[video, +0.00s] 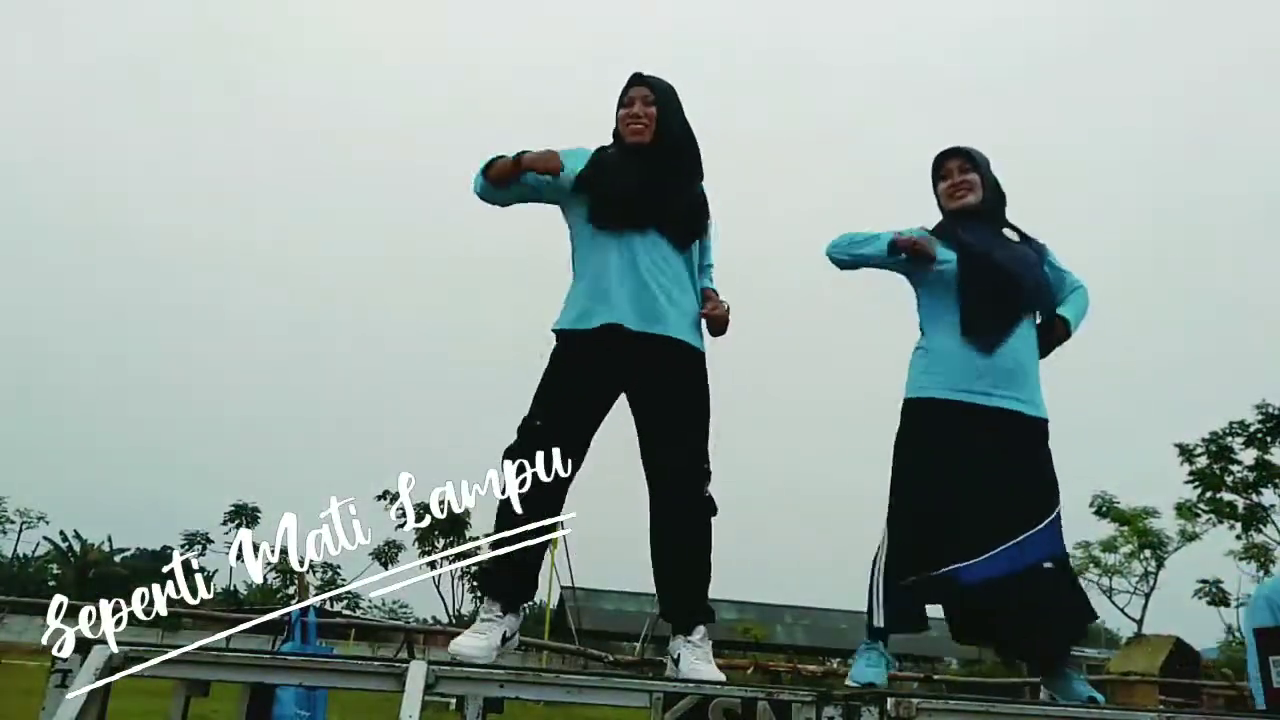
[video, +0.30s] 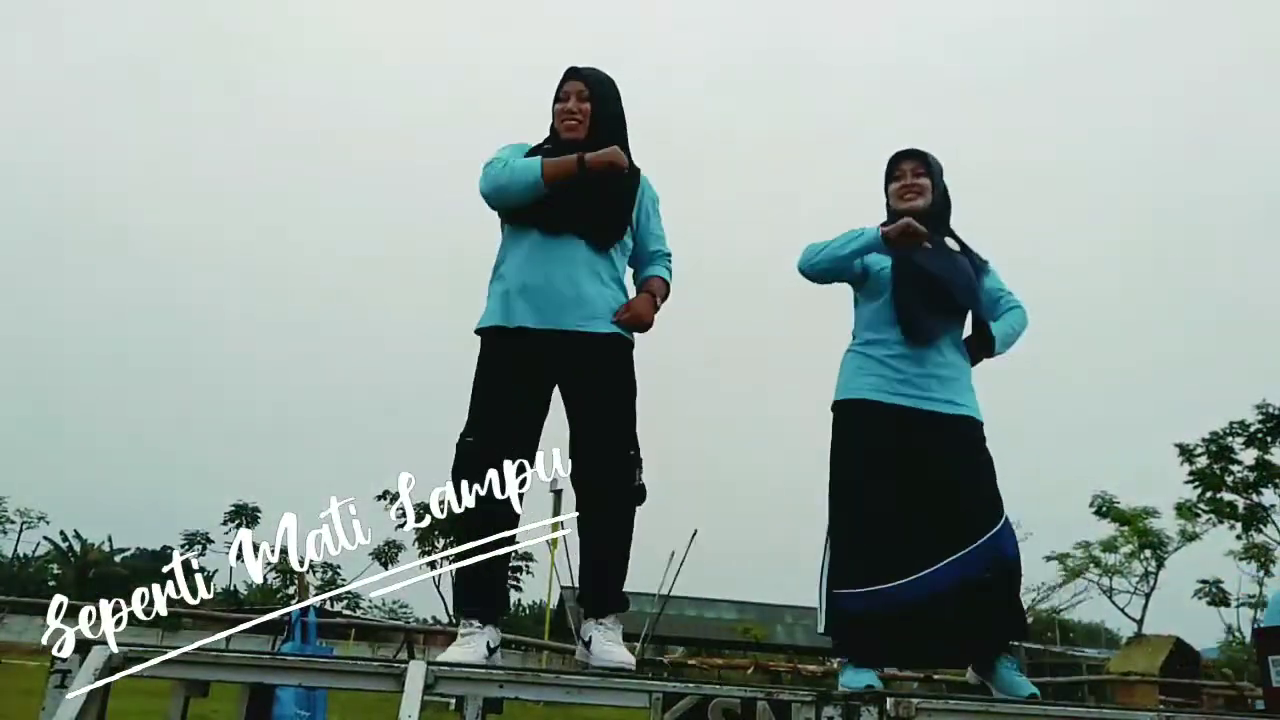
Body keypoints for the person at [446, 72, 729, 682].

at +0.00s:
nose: (637, 114)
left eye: (649, 106)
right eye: (628, 106)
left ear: (670, 119)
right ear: (615, 117)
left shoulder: (687, 192)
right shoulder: (583, 168)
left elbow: (702, 274)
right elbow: (490, 188)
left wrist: (711, 299)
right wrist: (518, 164)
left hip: (672, 344)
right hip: (589, 336)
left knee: (682, 487)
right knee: (536, 468)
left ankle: (690, 636)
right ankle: (499, 613)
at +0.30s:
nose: (571, 107)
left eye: (583, 99)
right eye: (565, 98)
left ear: (609, 111)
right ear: (552, 109)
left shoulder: (633, 184)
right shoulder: (521, 158)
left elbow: (655, 257)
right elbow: (493, 187)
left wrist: (650, 294)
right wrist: (583, 162)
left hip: (600, 339)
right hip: (515, 333)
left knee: (609, 479)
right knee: (486, 473)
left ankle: (602, 625)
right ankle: (478, 623)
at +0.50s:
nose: (544, 135)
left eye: (556, 125)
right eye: (538, 125)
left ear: (581, 127)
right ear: (529, 130)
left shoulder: (617, 194)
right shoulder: (510, 180)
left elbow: (644, 270)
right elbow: (505, 171)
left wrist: (619, 311)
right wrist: (532, 136)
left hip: (565, 352)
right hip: (485, 341)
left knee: (551, 486)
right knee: (439, 470)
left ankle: (536, 629)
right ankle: (465, 615)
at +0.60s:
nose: (538, 118)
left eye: (551, 109)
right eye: (532, 110)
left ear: (578, 120)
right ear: (524, 119)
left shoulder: (610, 193)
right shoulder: (497, 171)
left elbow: (636, 270)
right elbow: (431, 141)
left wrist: (620, 314)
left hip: (560, 347)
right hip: (478, 333)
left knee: (553, 486)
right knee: (406, 442)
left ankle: (536, 628)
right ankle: (436, 597)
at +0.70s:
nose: (536, 97)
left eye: (549, 89)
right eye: (528, 89)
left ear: (574, 102)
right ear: (517, 101)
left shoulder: (599, 180)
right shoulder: (483, 151)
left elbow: (613, 257)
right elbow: (388, 151)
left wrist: (620, 304)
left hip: (554, 334)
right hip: (468, 318)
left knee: (548, 480)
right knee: (406, 444)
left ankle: (536, 624)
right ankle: (371, 596)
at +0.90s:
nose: (511, 91)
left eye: (522, 87)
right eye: (500, 81)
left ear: (532, 105)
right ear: (478, 93)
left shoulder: (546, 176)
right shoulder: (431, 148)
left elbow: (559, 266)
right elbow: (372, 215)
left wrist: (608, 309)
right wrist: (301, 264)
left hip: (510, 334)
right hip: (420, 328)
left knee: (525, 479)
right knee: (370, 470)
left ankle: (533, 622)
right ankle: (341, 614)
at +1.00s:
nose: (499, 88)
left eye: (509, 84)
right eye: (488, 76)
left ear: (515, 102)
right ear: (461, 83)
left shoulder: (525, 170)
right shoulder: (406, 145)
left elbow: (565, 245)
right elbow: (354, 227)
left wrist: (600, 255)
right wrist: (289, 292)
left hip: (492, 332)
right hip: (400, 328)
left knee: (515, 465)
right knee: (357, 467)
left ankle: (512, 603)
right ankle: (339, 614)